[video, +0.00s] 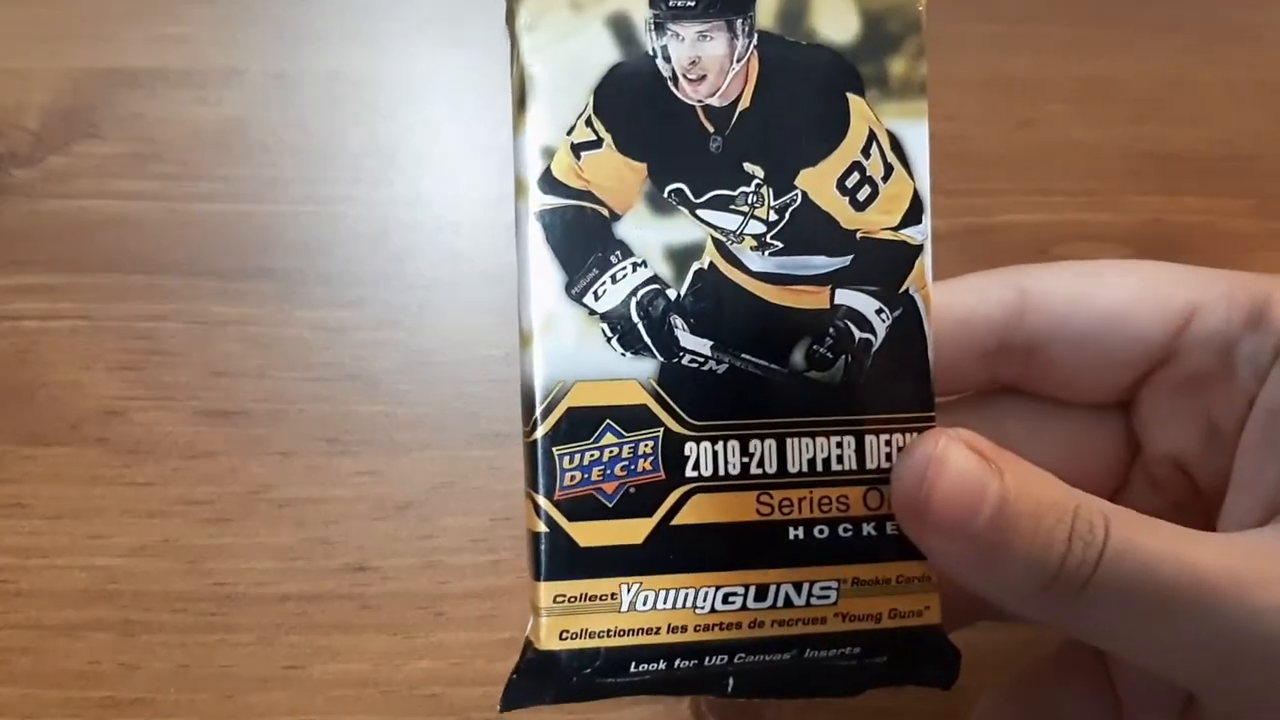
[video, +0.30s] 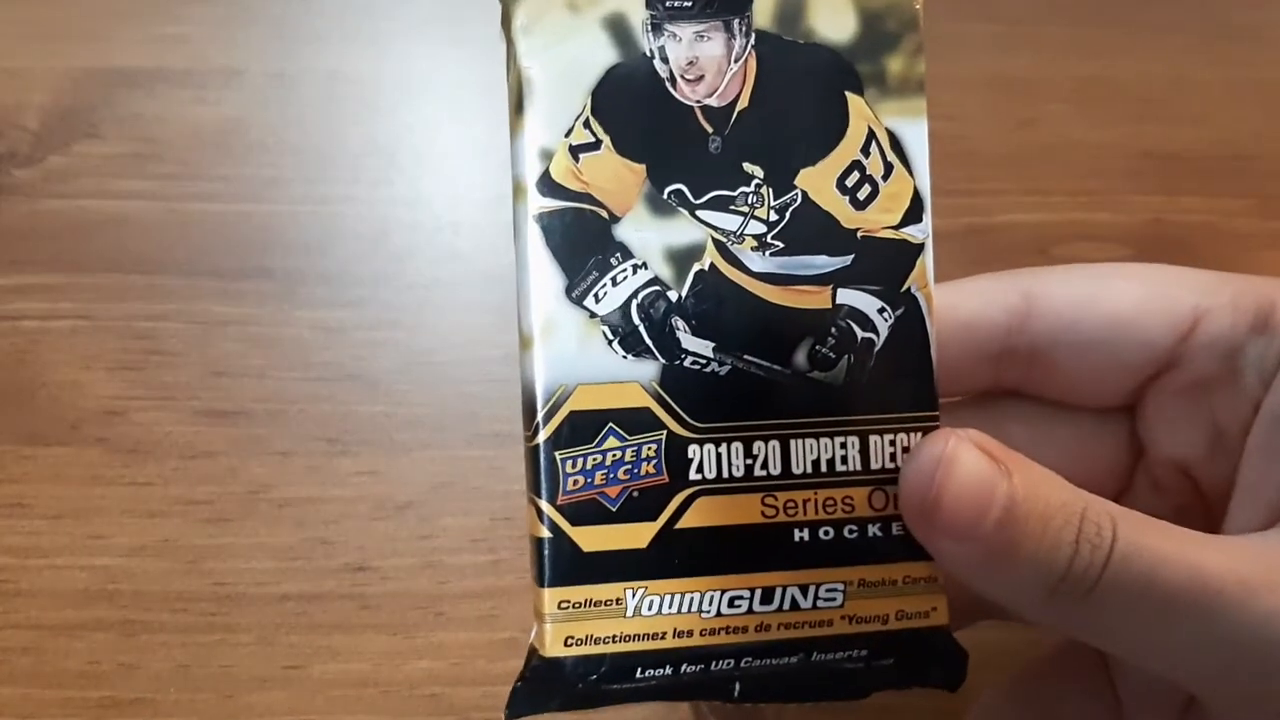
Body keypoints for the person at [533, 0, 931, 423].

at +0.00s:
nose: (687, 59)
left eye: (706, 36)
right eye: (671, 37)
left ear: (744, 33)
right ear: (656, 38)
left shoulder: (813, 89)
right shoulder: (632, 98)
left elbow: (896, 219)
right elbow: (566, 199)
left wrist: (852, 324)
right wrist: (626, 291)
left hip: (853, 291)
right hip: (735, 283)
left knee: (891, 450)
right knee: (673, 432)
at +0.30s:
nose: (684, 59)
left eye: (703, 37)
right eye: (669, 38)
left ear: (741, 32)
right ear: (654, 40)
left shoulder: (811, 88)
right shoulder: (630, 99)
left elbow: (896, 218)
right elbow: (565, 201)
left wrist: (857, 321)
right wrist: (628, 293)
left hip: (856, 288)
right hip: (738, 284)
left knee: (887, 451)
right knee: (677, 435)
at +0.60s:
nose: (696, 56)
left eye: (715, 33)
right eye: (681, 35)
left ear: (752, 30)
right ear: (665, 37)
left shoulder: (821, 84)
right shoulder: (641, 95)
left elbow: (906, 215)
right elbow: (576, 198)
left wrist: (866, 318)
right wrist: (636, 288)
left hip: (866, 281)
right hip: (750, 277)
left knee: (901, 440)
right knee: (689, 422)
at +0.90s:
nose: (696, 54)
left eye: (714, 32)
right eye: (680, 33)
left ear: (754, 28)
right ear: (664, 32)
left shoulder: (825, 86)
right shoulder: (638, 94)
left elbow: (908, 219)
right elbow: (571, 198)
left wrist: (865, 327)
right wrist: (628, 291)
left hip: (864, 288)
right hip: (745, 283)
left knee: (897, 450)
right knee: (682, 432)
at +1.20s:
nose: (705, 48)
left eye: (725, 25)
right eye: (690, 25)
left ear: (763, 23)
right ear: (673, 25)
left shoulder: (834, 81)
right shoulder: (648, 87)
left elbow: (915, 215)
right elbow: (580, 188)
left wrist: (872, 320)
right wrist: (637, 285)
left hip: (872, 283)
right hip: (753, 275)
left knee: (902, 447)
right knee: (685, 424)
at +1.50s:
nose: (696, 50)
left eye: (715, 28)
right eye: (681, 28)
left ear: (753, 25)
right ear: (665, 27)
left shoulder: (823, 82)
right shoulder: (639, 88)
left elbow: (903, 215)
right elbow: (574, 187)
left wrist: (859, 318)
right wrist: (629, 282)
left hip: (861, 280)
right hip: (744, 273)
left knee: (894, 439)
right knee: (676, 419)